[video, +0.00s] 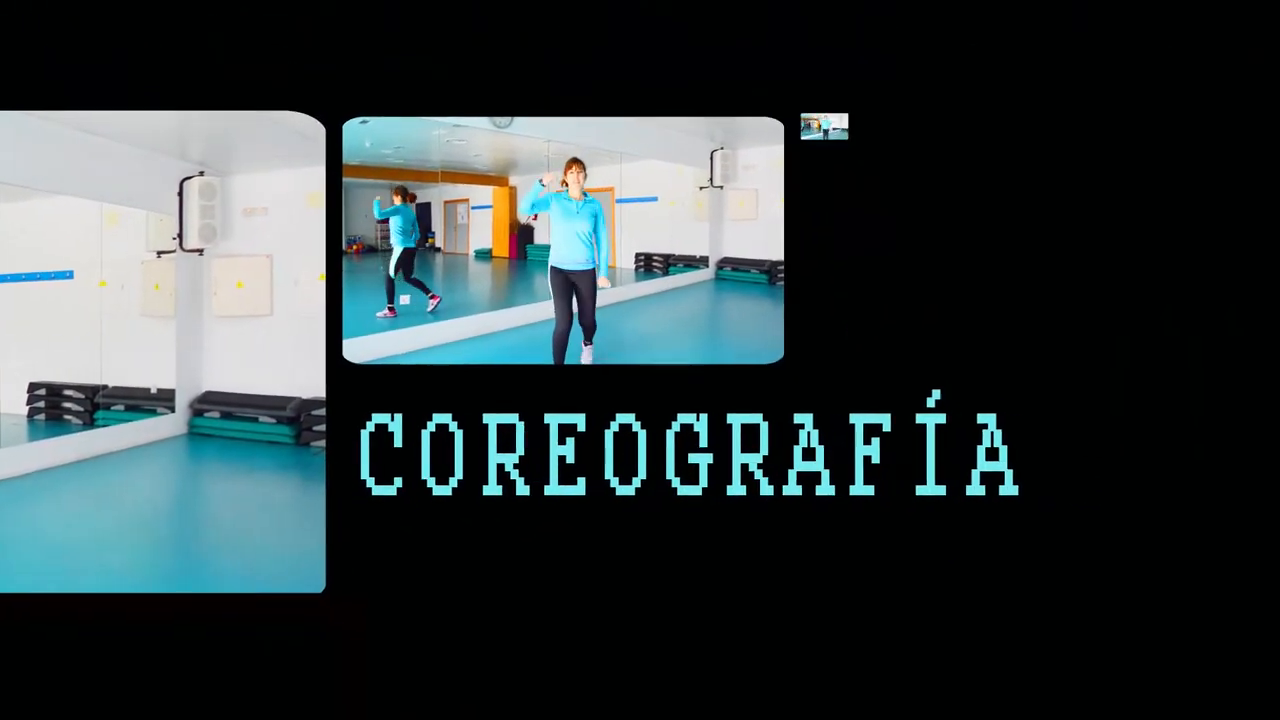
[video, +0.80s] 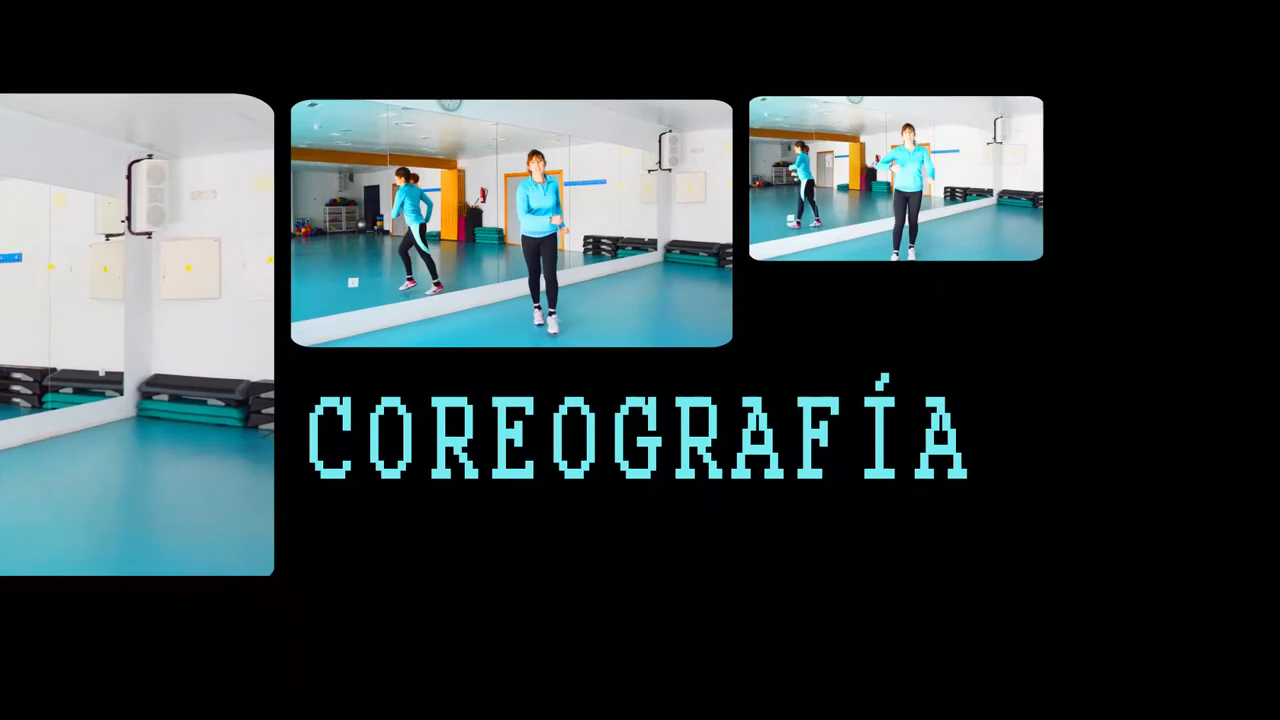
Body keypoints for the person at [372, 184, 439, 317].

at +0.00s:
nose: (393, 199)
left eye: (394, 196)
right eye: (393, 196)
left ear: (398, 196)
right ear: (405, 197)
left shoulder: (397, 209)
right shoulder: (411, 212)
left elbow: (379, 215)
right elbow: (417, 232)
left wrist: (376, 202)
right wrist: (412, 242)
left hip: (400, 247)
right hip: (411, 247)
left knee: (390, 276)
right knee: (408, 277)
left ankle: (390, 308)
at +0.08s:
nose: (396, 201)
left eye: (397, 198)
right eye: (396, 199)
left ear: (401, 198)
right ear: (407, 199)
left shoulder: (404, 210)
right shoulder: (412, 211)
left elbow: (388, 218)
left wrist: (387, 207)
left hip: (407, 248)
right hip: (416, 248)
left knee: (393, 276)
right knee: (418, 277)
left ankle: (387, 307)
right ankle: (439, 301)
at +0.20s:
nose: (399, 197)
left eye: (400, 194)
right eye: (399, 194)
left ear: (405, 193)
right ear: (409, 194)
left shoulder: (408, 205)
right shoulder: (415, 206)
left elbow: (401, 219)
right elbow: (414, 229)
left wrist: (392, 216)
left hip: (414, 242)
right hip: (421, 241)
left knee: (406, 272)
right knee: (424, 271)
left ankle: (395, 302)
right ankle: (436, 300)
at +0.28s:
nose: (401, 192)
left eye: (402, 189)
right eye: (401, 189)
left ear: (406, 189)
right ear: (410, 189)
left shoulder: (410, 201)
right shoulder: (414, 201)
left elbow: (402, 217)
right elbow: (409, 221)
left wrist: (391, 222)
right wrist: (397, 223)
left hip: (419, 236)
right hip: (415, 236)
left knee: (420, 266)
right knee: (411, 267)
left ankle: (431, 298)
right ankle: (414, 300)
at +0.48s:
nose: (403, 192)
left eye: (404, 190)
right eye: (403, 190)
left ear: (409, 190)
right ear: (414, 189)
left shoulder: (410, 201)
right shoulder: (421, 201)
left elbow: (395, 216)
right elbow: (429, 217)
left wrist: (377, 225)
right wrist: (416, 217)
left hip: (421, 238)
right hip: (422, 238)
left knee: (429, 267)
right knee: (411, 265)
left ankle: (452, 290)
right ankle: (418, 296)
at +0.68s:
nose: (401, 190)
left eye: (402, 187)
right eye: (401, 188)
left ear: (407, 187)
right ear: (412, 188)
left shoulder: (407, 201)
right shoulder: (421, 199)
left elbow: (394, 217)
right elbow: (434, 212)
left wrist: (378, 225)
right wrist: (424, 220)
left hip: (423, 235)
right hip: (422, 234)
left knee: (429, 261)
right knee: (408, 259)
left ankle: (447, 288)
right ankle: (406, 289)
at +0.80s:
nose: (396, 181)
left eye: (397, 178)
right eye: (396, 178)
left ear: (402, 178)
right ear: (407, 178)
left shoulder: (401, 192)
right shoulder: (417, 189)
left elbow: (394, 214)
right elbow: (429, 203)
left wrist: (396, 211)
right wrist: (426, 219)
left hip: (415, 225)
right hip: (419, 223)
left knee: (424, 254)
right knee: (402, 250)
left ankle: (437, 283)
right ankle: (409, 280)